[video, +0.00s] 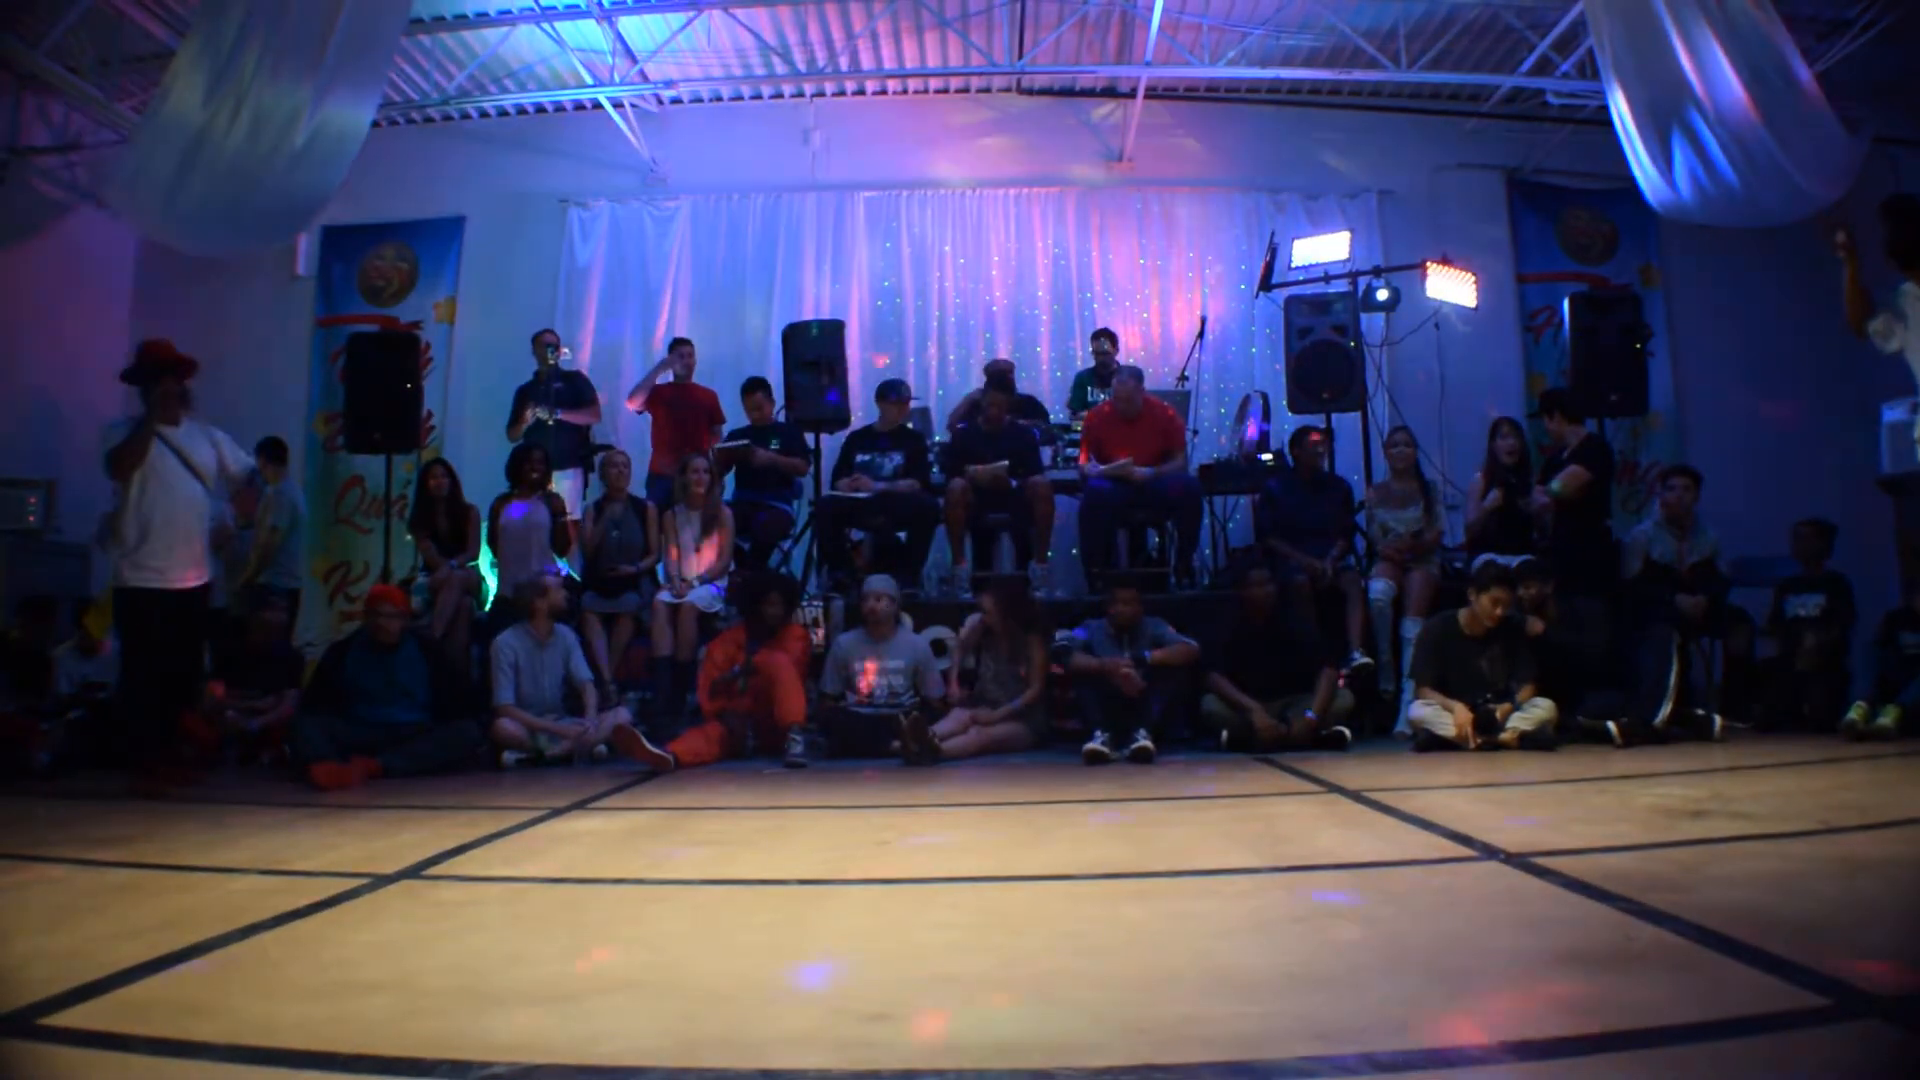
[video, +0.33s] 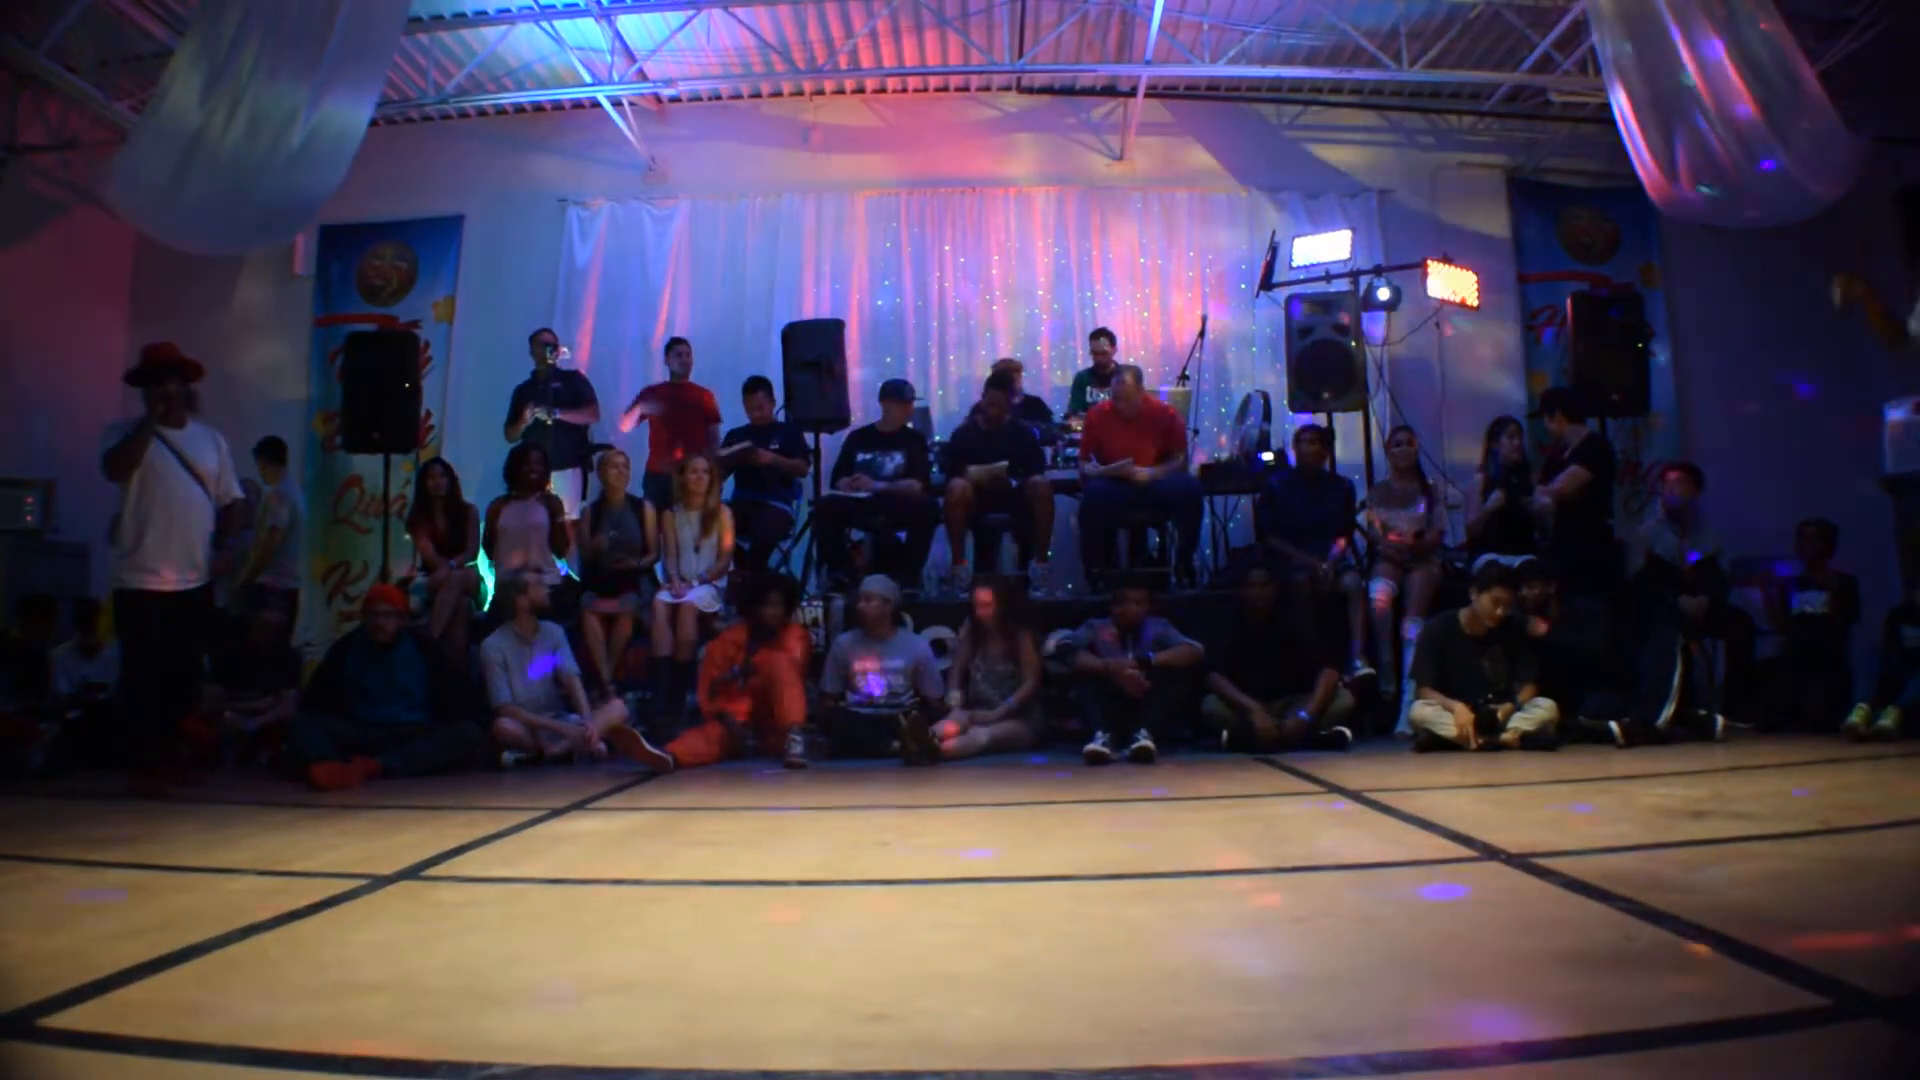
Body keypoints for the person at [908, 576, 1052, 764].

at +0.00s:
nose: (983, 618)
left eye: (988, 612)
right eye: (983, 612)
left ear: (1007, 612)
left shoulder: (1030, 638)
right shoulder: (979, 627)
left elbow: (1036, 690)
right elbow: (959, 647)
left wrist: (996, 714)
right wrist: (954, 684)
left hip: (1021, 713)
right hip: (985, 704)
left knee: (979, 736)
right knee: (961, 715)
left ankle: (934, 752)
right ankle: (922, 738)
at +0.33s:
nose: (981, 613)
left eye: (987, 606)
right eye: (978, 606)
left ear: (1001, 605)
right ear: (973, 606)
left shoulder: (1020, 636)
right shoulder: (970, 633)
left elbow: (1031, 682)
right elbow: (957, 669)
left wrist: (995, 714)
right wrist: (956, 700)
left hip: (1013, 713)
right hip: (975, 708)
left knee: (981, 736)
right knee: (952, 726)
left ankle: (934, 752)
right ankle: (925, 738)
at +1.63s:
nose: (994, 600)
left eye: (999, 595)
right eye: (988, 595)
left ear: (1008, 599)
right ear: (978, 599)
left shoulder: (1023, 636)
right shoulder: (969, 636)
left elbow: (1046, 682)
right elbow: (956, 687)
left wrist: (1020, 712)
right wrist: (964, 707)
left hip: (1014, 713)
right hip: (978, 712)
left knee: (988, 734)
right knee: (960, 718)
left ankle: (934, 751)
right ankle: (924, 736)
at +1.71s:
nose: (992, 601)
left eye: (998, 595)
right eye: (986, 595)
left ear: (1007, 599)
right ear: (977, 599)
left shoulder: (1023, 634)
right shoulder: (969, 634)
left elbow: (1050, 675)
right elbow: (956, 686)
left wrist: (1043, 712)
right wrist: (963, 704)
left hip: (1017, 709)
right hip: (979, 707)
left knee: (983, 735)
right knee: (962, 719)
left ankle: (936, 751)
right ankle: (923, 736)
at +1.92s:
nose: (990, 601)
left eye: (996, 595)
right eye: (984, 595)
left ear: (1005, 600)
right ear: (974, 600)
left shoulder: (1023, 635)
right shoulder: (966, 638)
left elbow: (1044, 677)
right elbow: (954, 689)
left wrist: (1052, 721)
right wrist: (968, 704)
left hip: (1018, 711)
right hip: (978, 708)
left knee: (984, 733)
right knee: (959, 718)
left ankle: (936, 752)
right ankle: (926, 735)